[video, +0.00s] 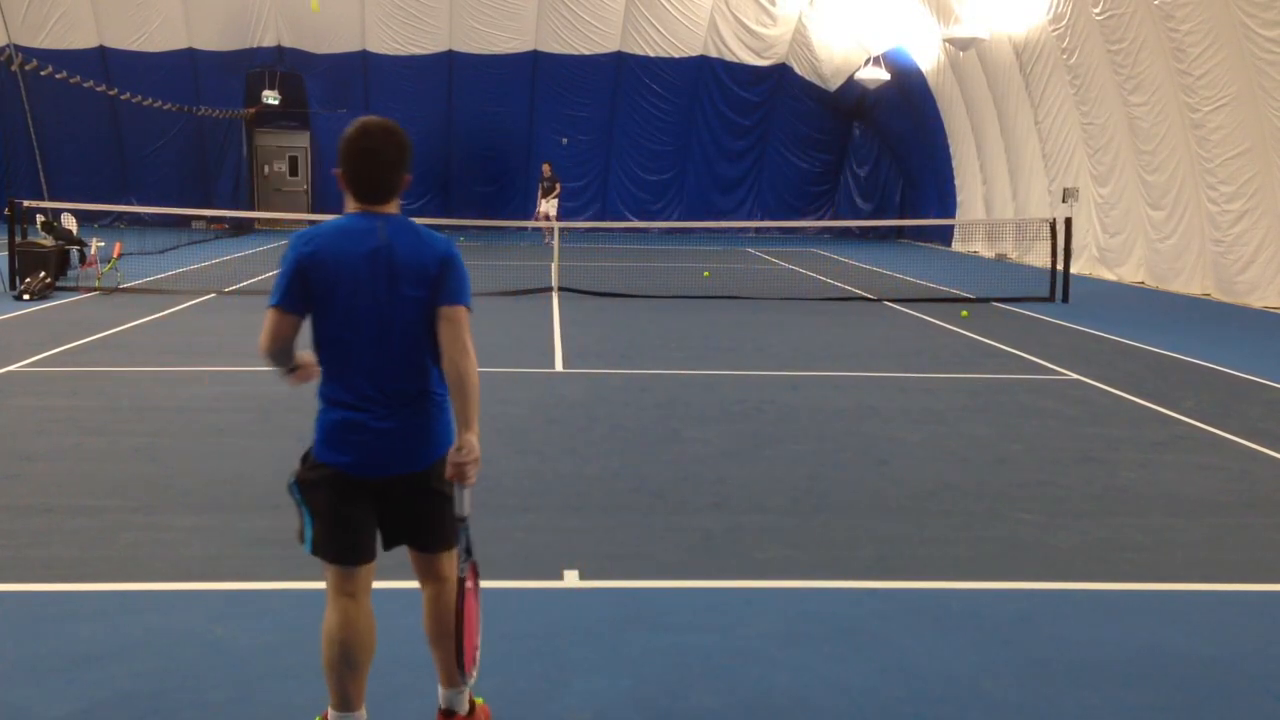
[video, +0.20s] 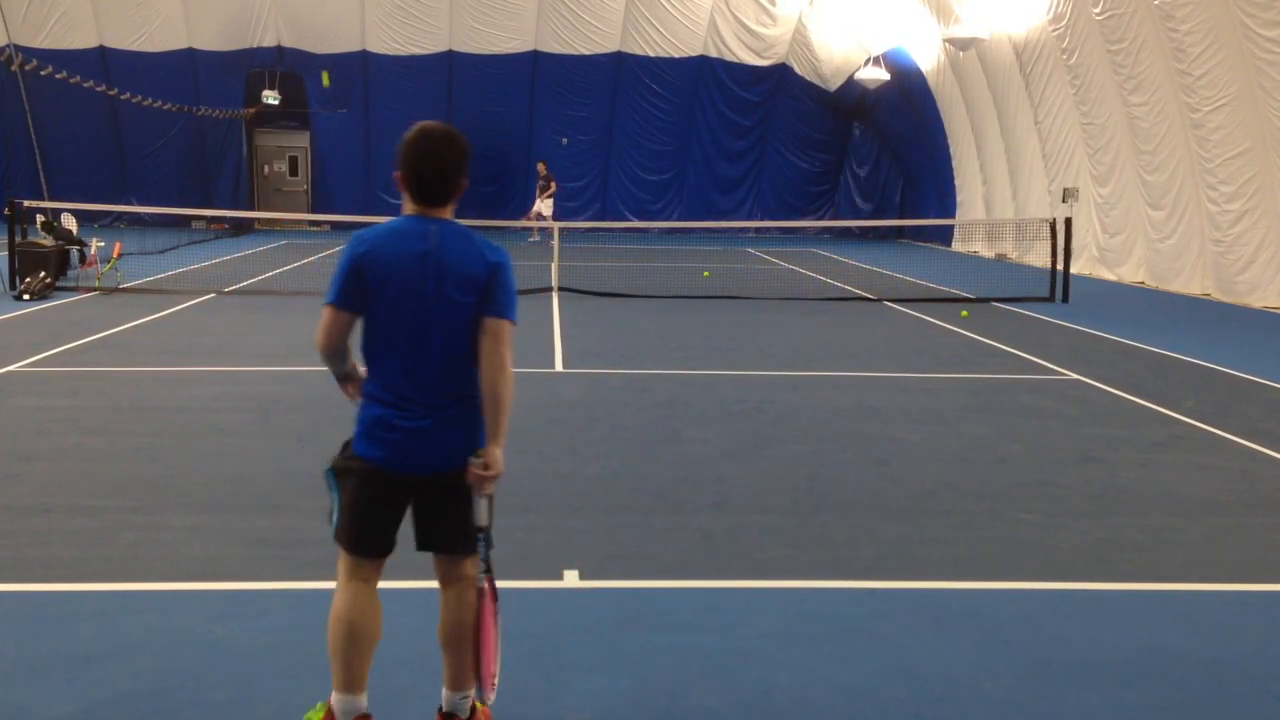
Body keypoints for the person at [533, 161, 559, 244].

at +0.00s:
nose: (544, 169)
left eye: (546, 168)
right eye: (543, 168)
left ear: (549, 168)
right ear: (542, 169)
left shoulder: (554, 178)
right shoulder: (541, 179)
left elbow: (558, 189)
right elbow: (540, 191)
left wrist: (549, 197)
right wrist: (538, 201)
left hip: (553, 199)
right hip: (544, 199)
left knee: (552, 217)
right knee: (541, 216)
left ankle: (555, 236)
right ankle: (547, 235)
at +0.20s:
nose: (538, 168)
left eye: (540, 166)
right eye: (537, 166)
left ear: (544, 167)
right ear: (537, 167)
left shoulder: (549, 176)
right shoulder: (539, 177)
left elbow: (553, 188)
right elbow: (538, 189)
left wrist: (544, 196)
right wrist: (537, 198)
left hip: (548, 199)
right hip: (540, 199)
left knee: (549, 219)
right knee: (533, 215)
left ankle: (554, 238)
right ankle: (535, 235)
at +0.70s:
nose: (522, 170)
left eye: (524, 168)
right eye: (521, 168)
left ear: (527, 168)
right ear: (521, 170)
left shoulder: (532, 177)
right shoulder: (523, 178)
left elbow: (537, 188)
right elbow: (524, 190)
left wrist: (529, 197)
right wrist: (524, 199)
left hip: (534, 199)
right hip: (526, 199)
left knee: (530, 217)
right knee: (523, 217)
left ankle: (540, 236)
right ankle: (527, 236)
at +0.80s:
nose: (521, 169)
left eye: (522, 167)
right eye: (520, 167)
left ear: (526, 167)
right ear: (520, 169)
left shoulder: (531, 176)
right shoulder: (522, 178)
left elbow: (536, 187)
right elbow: (523, 189)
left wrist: (528, 196)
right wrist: (523, 198)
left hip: (533, 198)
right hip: (525, 198)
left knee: (529, 217)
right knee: (522, 217)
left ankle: (540, 235)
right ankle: (527, 235)